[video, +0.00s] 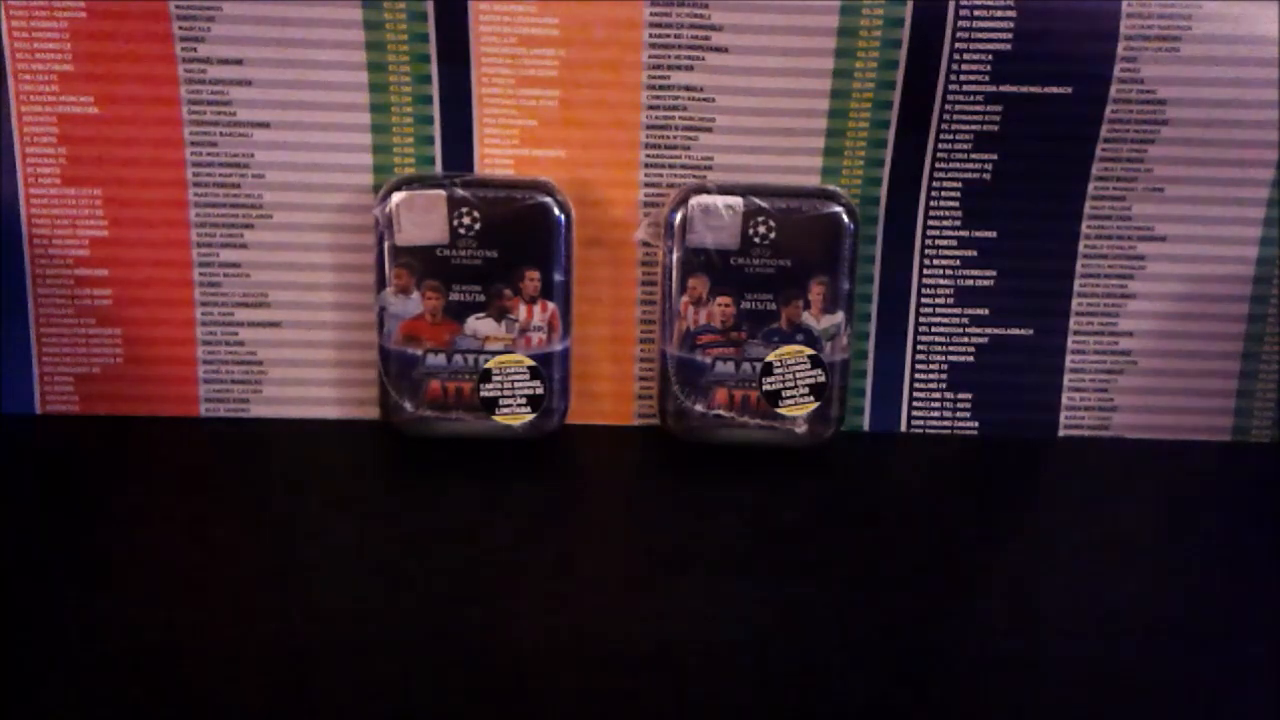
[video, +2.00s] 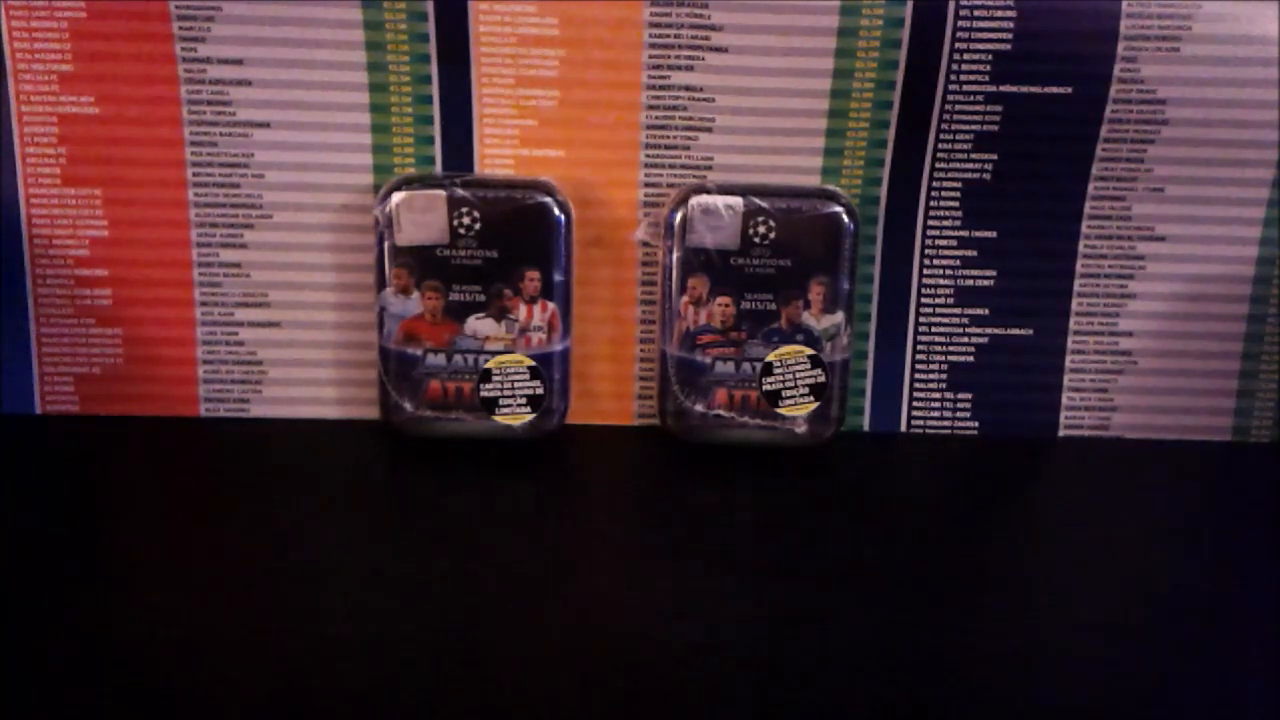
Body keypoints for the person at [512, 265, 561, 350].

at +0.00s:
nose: (536, 285)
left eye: (538, 281)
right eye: (531, 280)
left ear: (541, 283)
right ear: (521, 284)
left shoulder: (550, 308)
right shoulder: (512, 305)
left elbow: (556, 335)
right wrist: (520, 328)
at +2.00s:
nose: (536, 285)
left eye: (538, 281)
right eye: (531, 280)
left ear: (541, 283)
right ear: (521, 284)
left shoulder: (551, 308)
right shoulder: (513, 305)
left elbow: (556, 336)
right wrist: (520, 329)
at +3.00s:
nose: (536, 285)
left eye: (539, 281)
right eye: (531, 280)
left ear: (541, 283)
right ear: (521, 284)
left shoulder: (550, 308)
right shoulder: (512, 306)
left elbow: (556, 337)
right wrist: (520, 329)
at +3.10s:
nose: (536, 285)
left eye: (539, 281)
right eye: (531, 280)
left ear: (541, 283)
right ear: (521, 284)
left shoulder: (550, 308)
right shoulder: (513, 305)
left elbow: (556, 336)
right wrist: (521, 328)